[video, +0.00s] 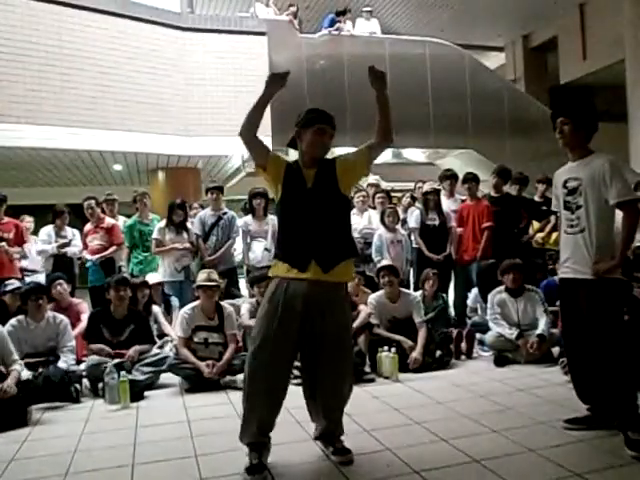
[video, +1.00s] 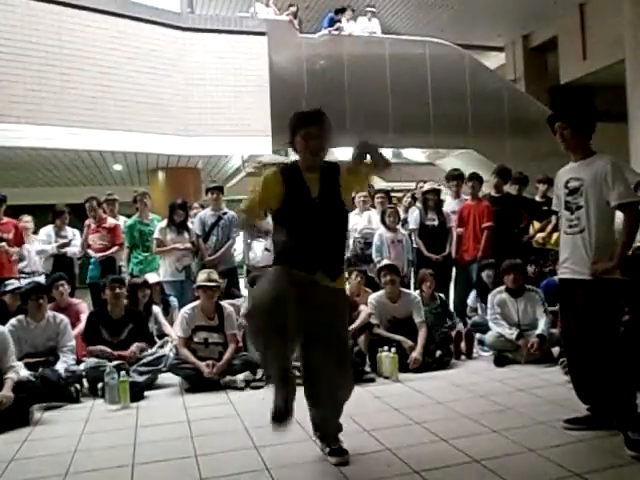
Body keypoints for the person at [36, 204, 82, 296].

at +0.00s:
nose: (64, 222)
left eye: (65, 218)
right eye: (61, 219)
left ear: (68, 219)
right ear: (55, 219)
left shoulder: (74, 232)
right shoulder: (46, 231)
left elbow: (78, 248)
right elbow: (39, 249)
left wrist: (66, 251)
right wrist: (56, 248)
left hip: (69, 265)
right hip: (51, 265)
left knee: (69, 294)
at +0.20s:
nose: (64, 222)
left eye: (66, 218)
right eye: (61, 219)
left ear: (68, 219)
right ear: (56, 219)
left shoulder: (74, 232)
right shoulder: (46, 231)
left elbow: (79, 250)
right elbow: (39, 249)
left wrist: (66, 251)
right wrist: (56, 247)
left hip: (69, 264)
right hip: (52, 264)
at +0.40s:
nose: (65, 222)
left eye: (66, 219)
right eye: (62, 219)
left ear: (69, 219)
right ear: (56, 219)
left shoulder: (74, 232)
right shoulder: (46, 231)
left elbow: (79, 250)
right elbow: (39, 249)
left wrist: (66, 251)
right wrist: (56, 248)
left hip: (69, 265)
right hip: (52, 265)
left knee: (70, 294)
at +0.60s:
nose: (65, 222)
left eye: (67, 219)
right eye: (63, 219)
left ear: (69, 219)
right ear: (56, 219)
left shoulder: (75, 232)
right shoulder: (46, 231)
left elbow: (78, 250)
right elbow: (39, 250)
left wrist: (65, 251)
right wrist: (56, 247)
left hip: (69, 266)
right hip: (51, 266)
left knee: (69, 294)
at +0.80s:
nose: (65, 222)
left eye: (67, 219)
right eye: (63, 219)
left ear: (69, 219)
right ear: (56, 219)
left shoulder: (74, 232)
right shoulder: (46, 231)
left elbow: (79, 250)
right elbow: (39, 249)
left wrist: (65, 251)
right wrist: (56, 247)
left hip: (68, 267)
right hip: (51, 267)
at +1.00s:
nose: (64, 222)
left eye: (66, 219)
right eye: (62, 219)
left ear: (68, 219)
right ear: (55, 219)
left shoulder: (74, 232)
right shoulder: (45, 231)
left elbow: (78, 250)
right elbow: (38, 250)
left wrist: (65, 251)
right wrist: (56, 248)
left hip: (68, 266)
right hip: (51, 266)